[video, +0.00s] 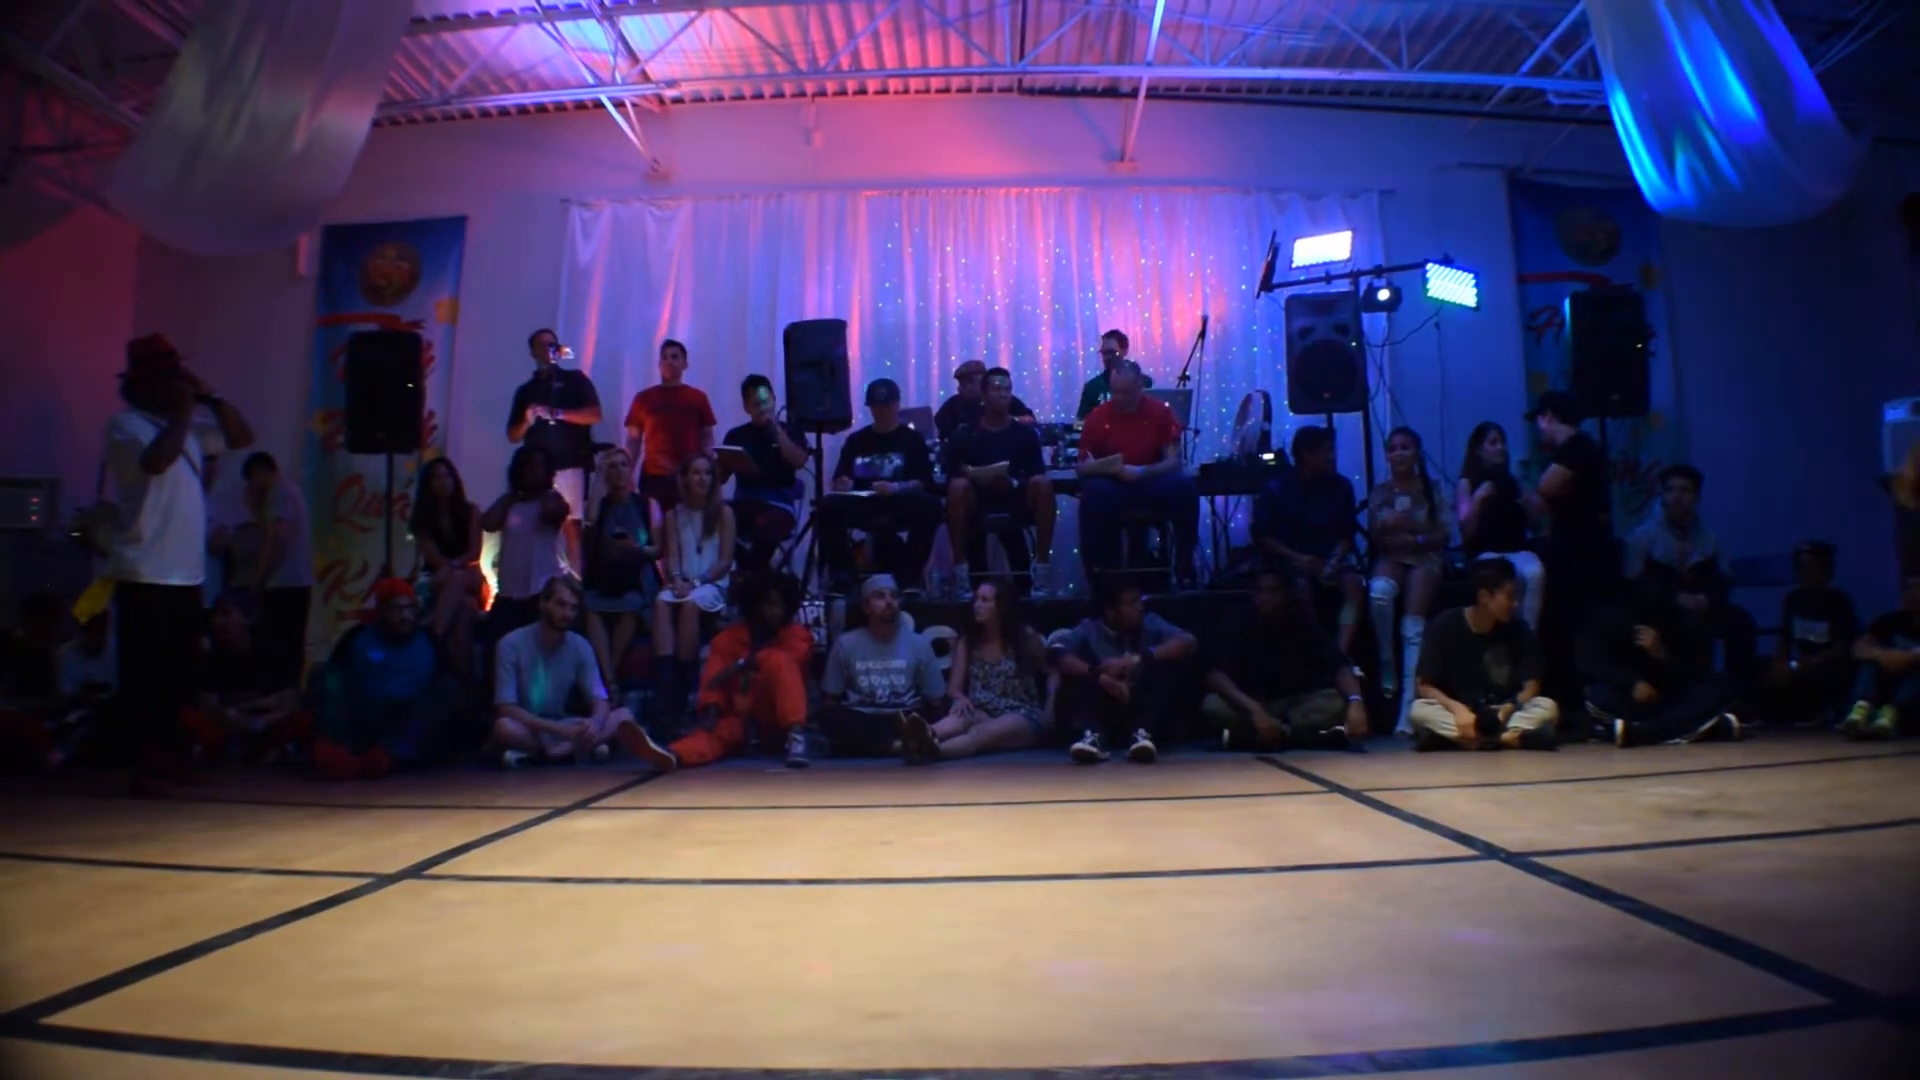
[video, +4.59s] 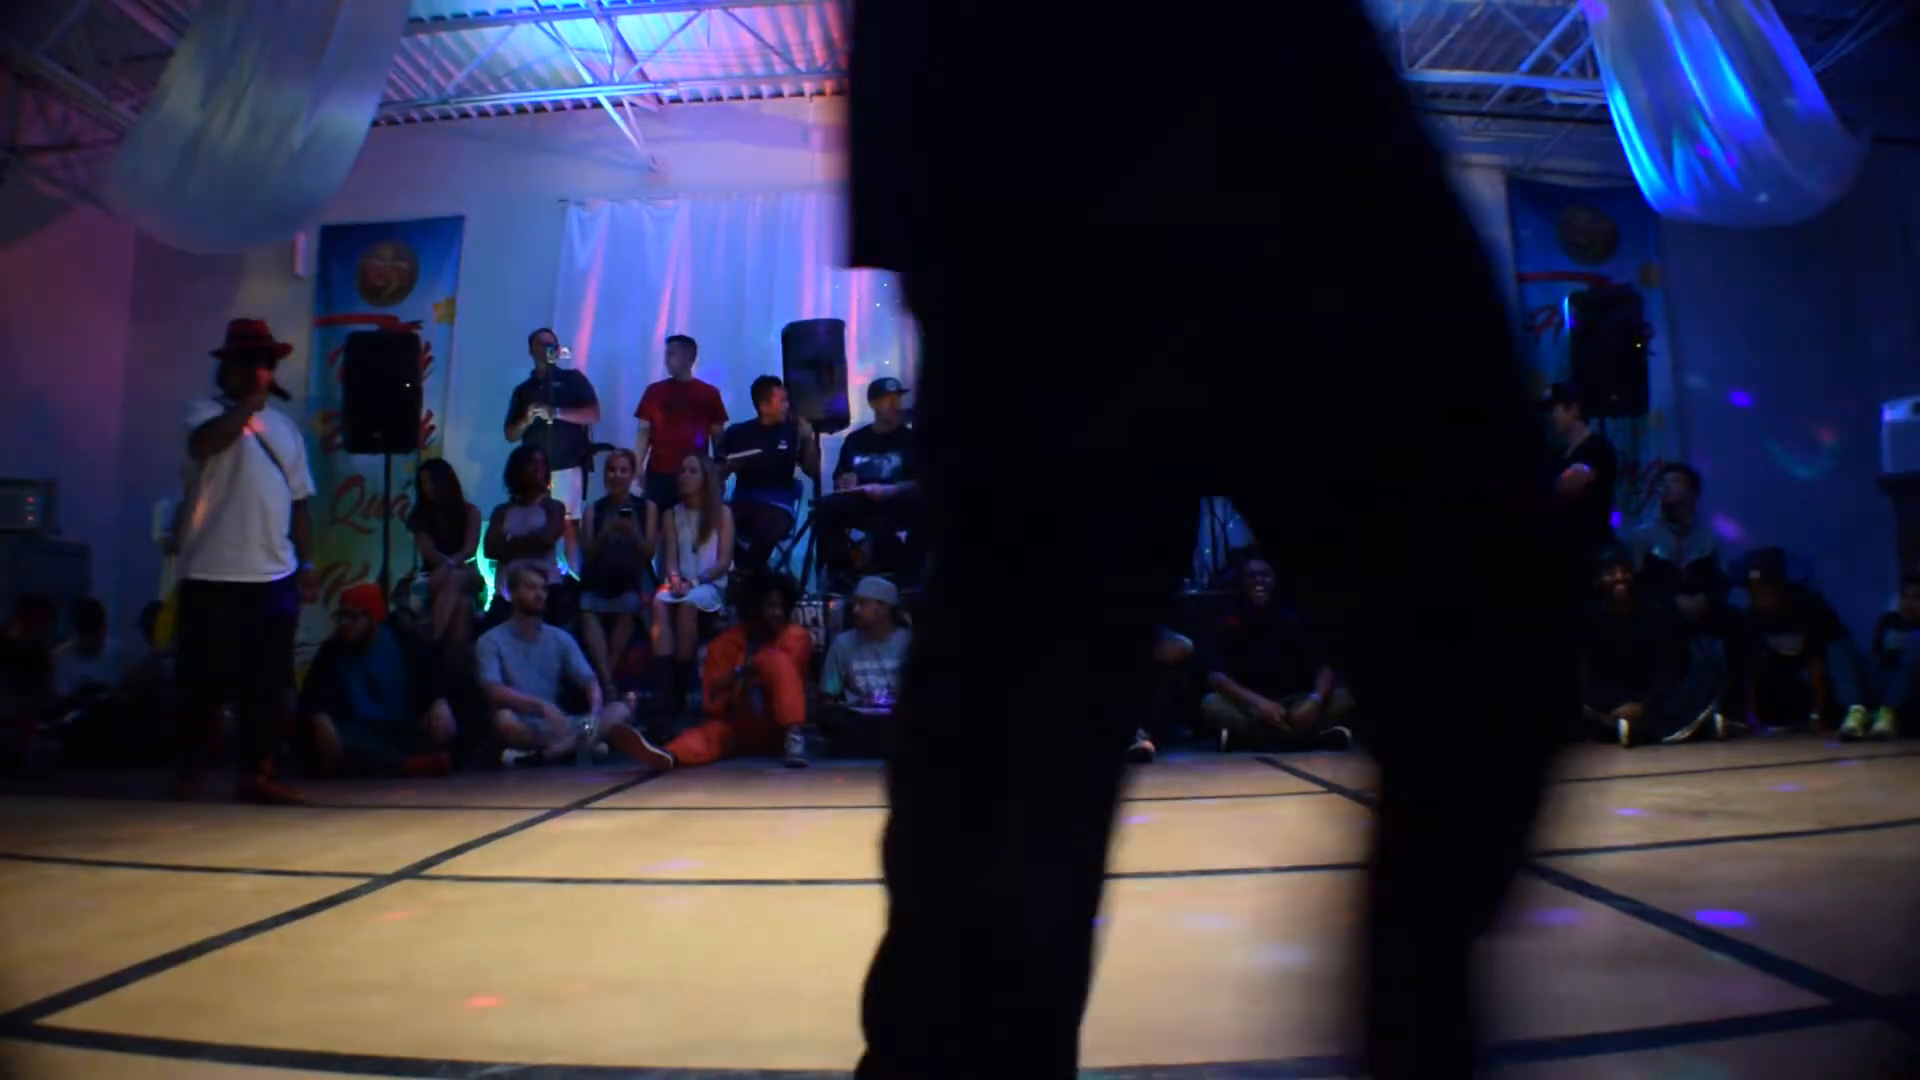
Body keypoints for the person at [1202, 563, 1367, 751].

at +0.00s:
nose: (1264, 598)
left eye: (1271, 591)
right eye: (1260, 591)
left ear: (1287, 594)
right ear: (1254, 595)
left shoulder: (1304, 627)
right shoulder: (1246, 629)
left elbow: (1340, 669)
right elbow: (1216, 675)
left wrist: (1355, 703)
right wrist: (1256, 711)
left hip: (1300, 701)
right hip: (1252, 703)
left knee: (1334, 703)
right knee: (1212, 704)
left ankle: (1258, 738)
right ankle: (1307, 738)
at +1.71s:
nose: (1268, 590)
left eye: (1270, 583)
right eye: (1259, 585)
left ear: (1276, 585)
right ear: (1245, 591)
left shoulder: (1293, 621)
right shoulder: (1235, 627)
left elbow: (1323, 668)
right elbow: (1214, 675)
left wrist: (1328, 713)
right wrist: (1255, 709)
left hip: (1296, 699)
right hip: (1249, 703)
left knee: (1344, 698)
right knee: (1211, 705)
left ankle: (1255, 738)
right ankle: (1311, 738)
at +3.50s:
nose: (1241, 598)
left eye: (1248, 591)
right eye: (1238, 591)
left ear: (1268, 592)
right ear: (1232, 593)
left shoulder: (1293, 624)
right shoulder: (1230, 628)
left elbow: (1328, 671)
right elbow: (1213, 675)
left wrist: (1303, 716)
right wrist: (1254, 710)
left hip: (1294, 698)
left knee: (1343, 699)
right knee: (1211, 705)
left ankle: (1255, 741)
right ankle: (1309, 740)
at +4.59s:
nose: (1259, 581)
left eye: (1265, 575)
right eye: (1252, 576)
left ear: (1274, 580)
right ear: (1242, 582)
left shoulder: (1292, 617)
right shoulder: (1231, 621)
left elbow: (1324, 667)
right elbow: (1216, 676)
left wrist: (1315, 702)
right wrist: (1259, 704)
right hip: (1249, 703)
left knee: (1340, 699)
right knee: (1212, 704)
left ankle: (1249, 740)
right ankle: (1307, 739)